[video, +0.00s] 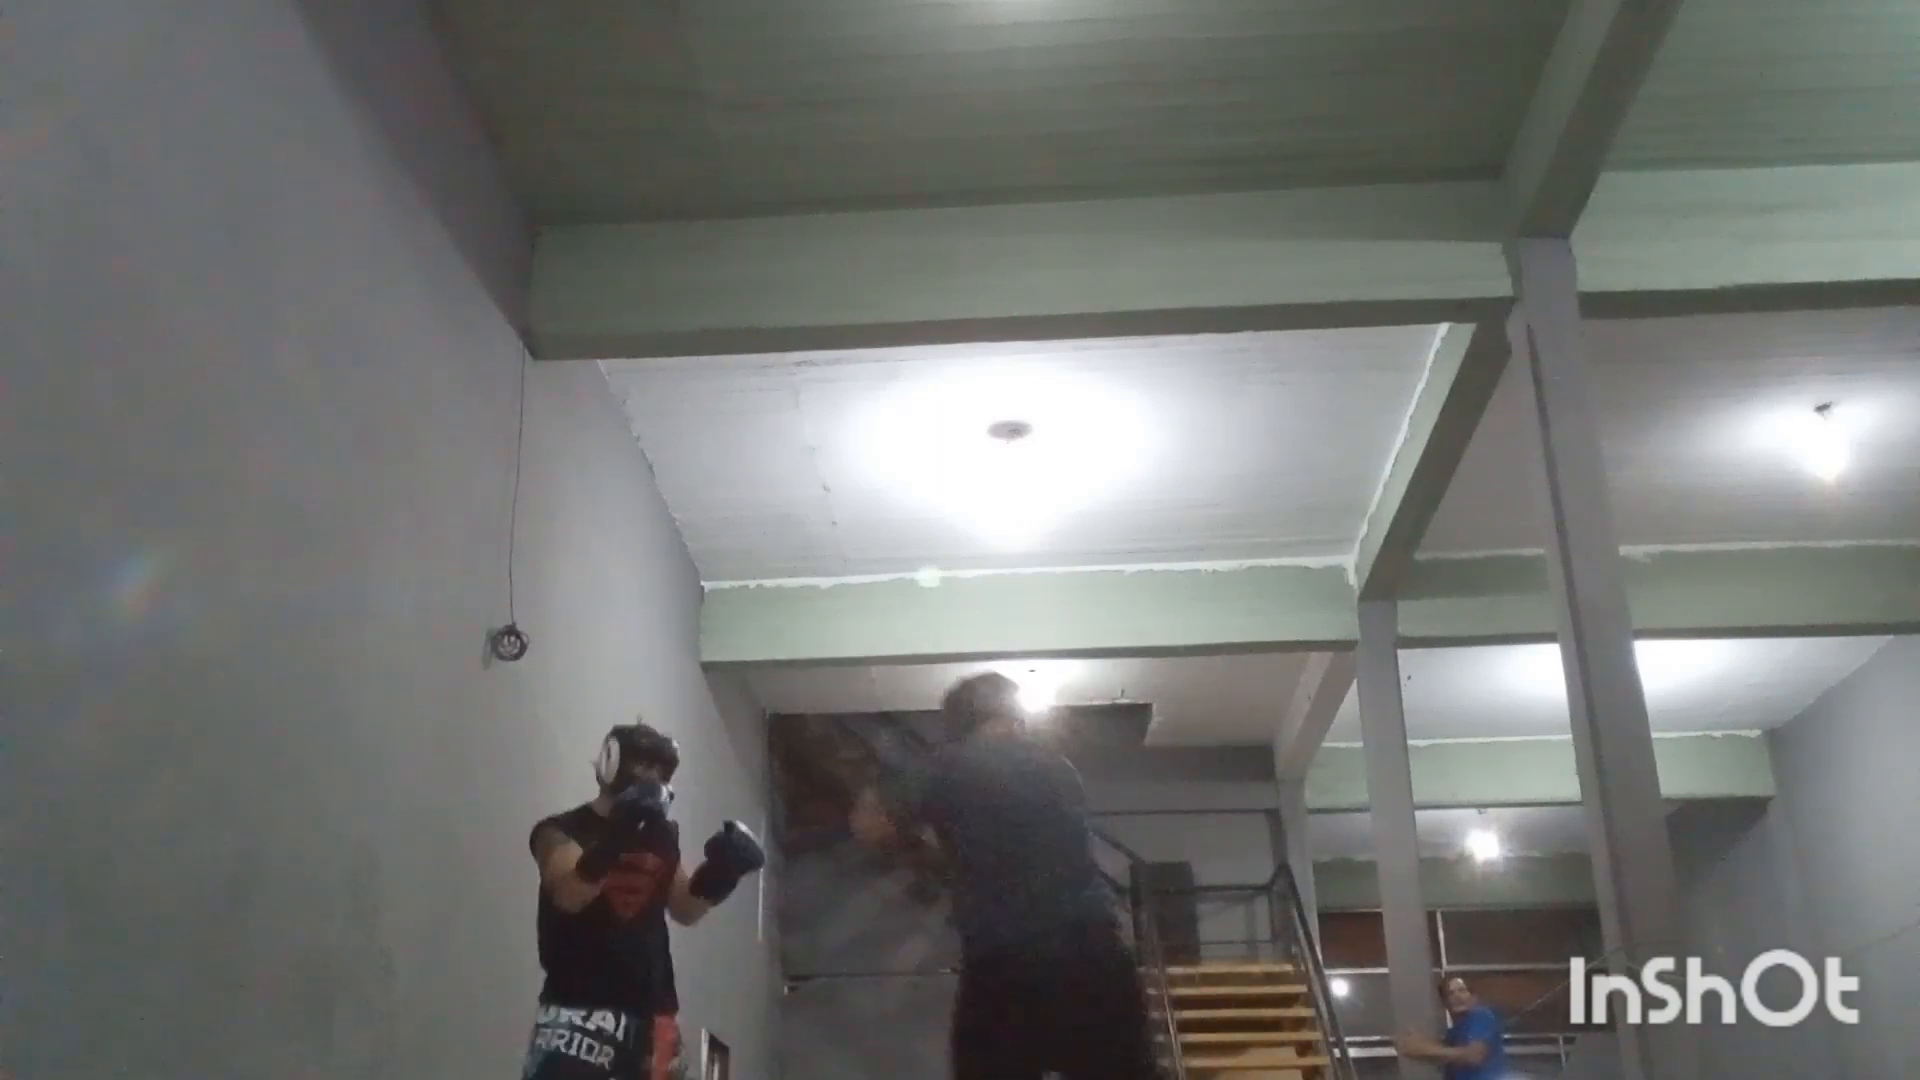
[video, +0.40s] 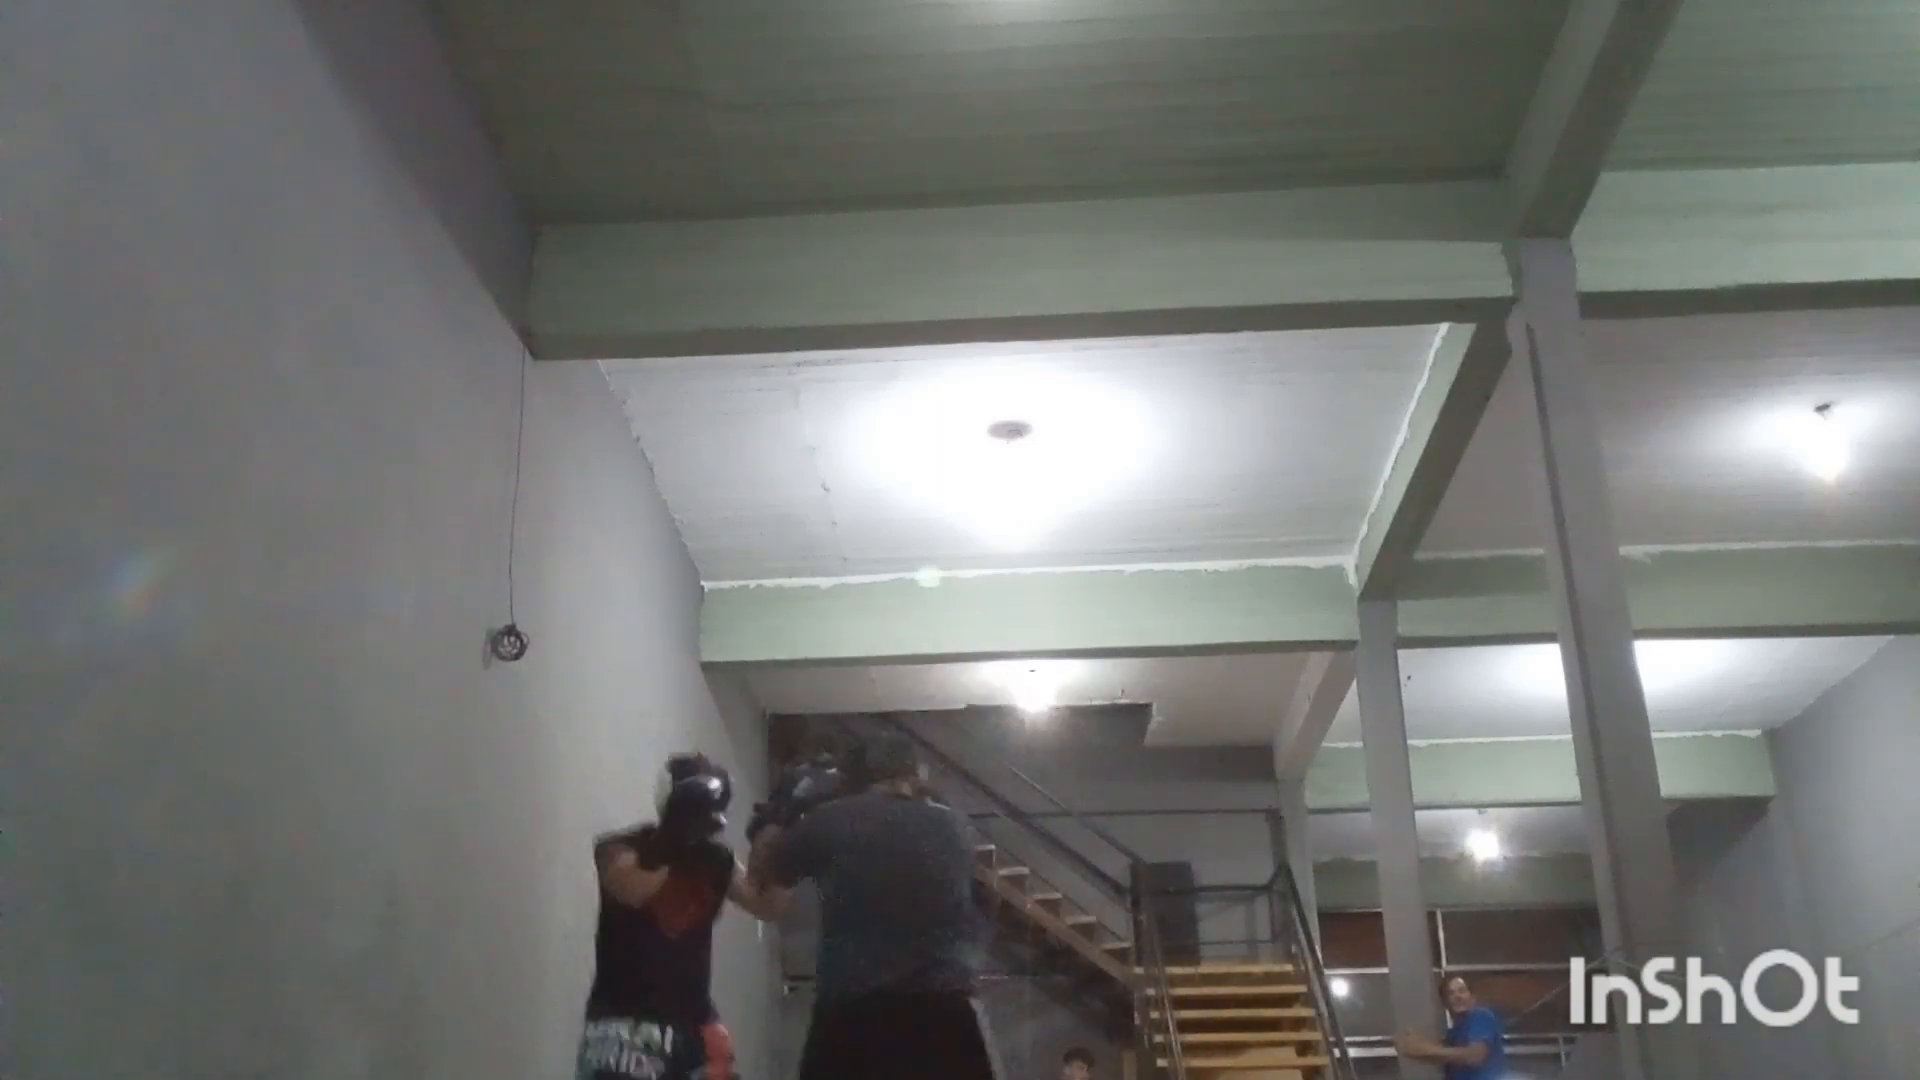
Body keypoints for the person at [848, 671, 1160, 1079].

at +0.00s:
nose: (1021, 720)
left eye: (1018, 712)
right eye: (1017, 711)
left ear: (956, 723)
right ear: (1013, 715)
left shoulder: (950, 767)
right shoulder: (1058, 765)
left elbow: (874, 822)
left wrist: (934, 863)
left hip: (1004, 969)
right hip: (1094, 960)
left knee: (992, 1072)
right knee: (1119, 1070)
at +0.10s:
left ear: (933, 708)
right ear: (994, 704)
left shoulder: (923, 748)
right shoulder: (1036, 753)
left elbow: (840, 798)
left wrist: (851, 743)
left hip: (963, 946)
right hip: (1049, 937)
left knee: (955, 1070)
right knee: (1070, 1068)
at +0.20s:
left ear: (908, 729)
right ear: (975, 723)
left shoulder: (896, 769)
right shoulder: (1011, 766)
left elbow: (809, 813)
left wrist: (819, 764)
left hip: (922, 959)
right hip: (1007, 954)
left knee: (903, 1070)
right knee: (1024, 1070)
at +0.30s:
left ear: (902, 753)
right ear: (952, 754)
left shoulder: (871, 797)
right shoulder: (978, 803)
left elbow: (787, 839)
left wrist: (806, 788)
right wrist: (958, 780)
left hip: (882, 983)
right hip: (964, 983)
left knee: (863, 1070)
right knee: (981, 1070)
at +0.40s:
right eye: (916, 771)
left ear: (853, 773)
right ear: (914, 773)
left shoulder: (831, 820)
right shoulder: (952, 823)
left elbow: (763, 873)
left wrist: (781, 812)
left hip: (854, 1016)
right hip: (945, 1014)